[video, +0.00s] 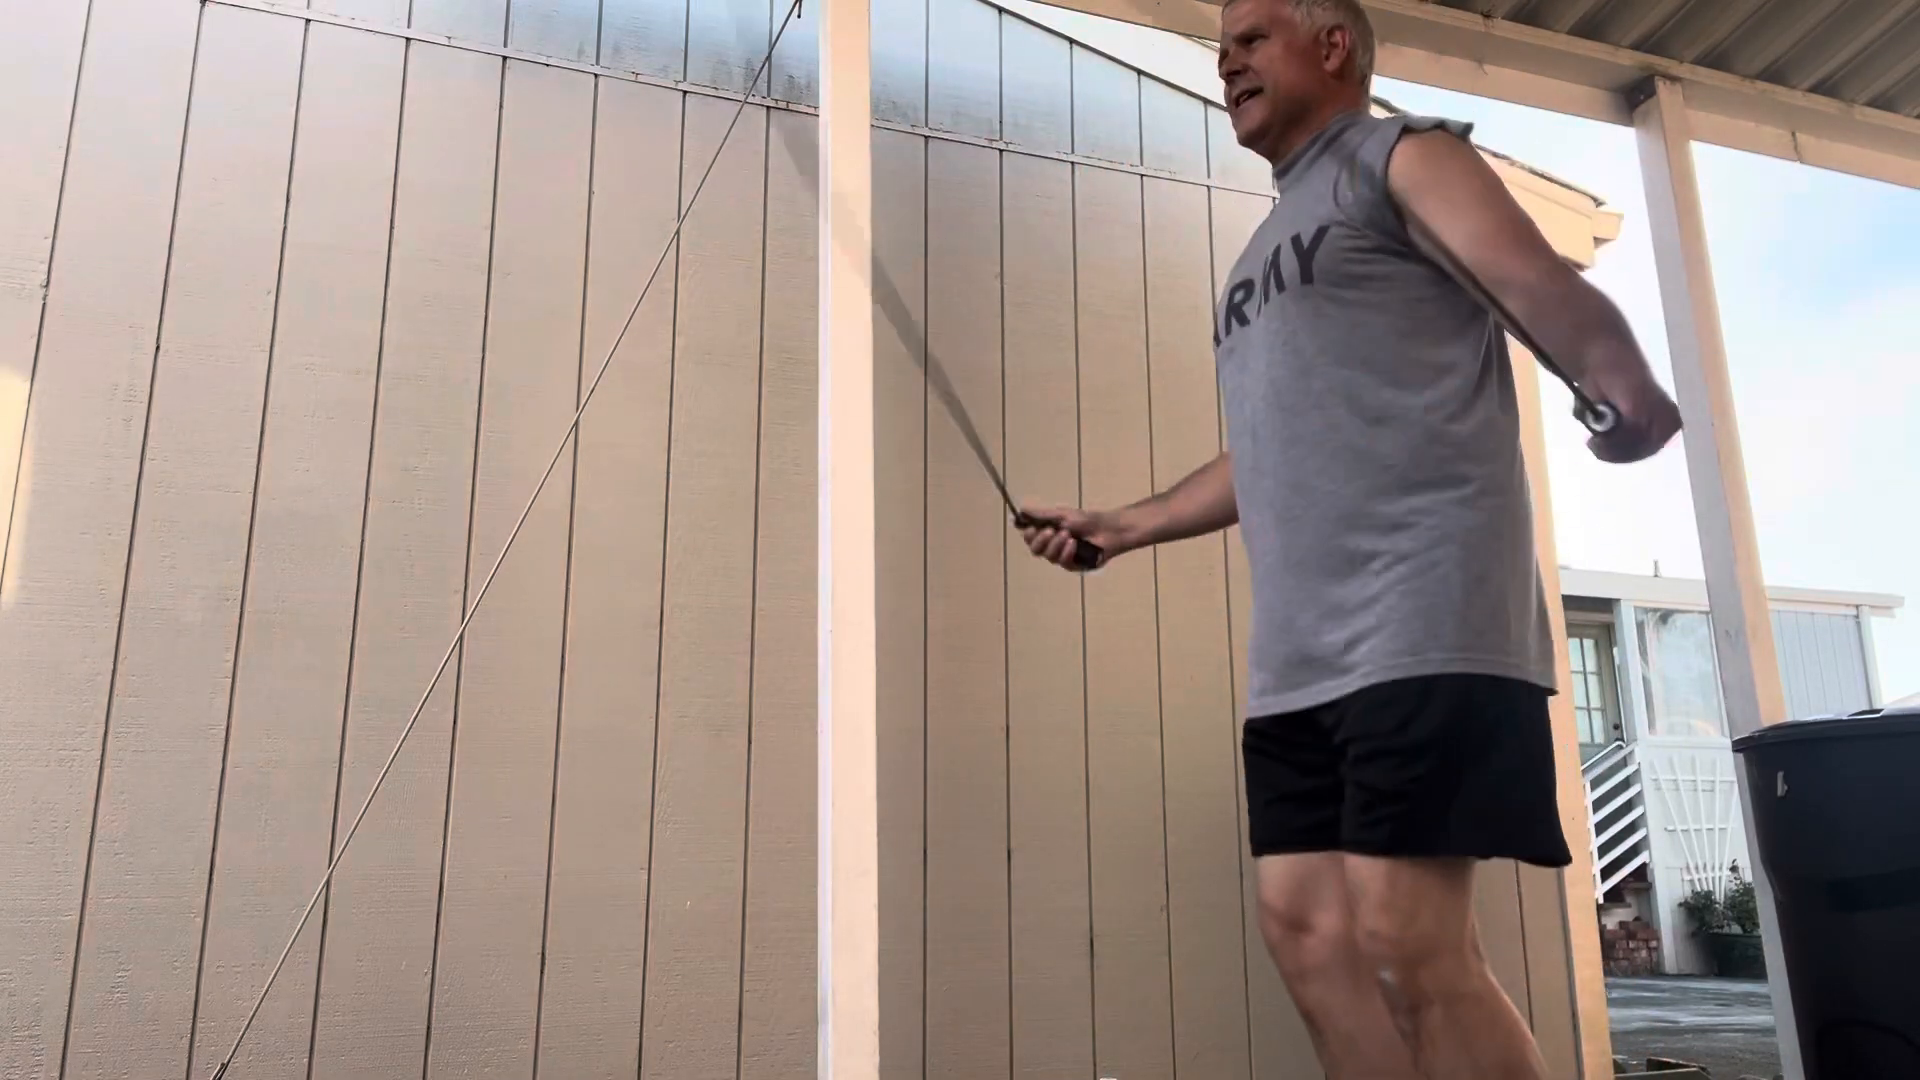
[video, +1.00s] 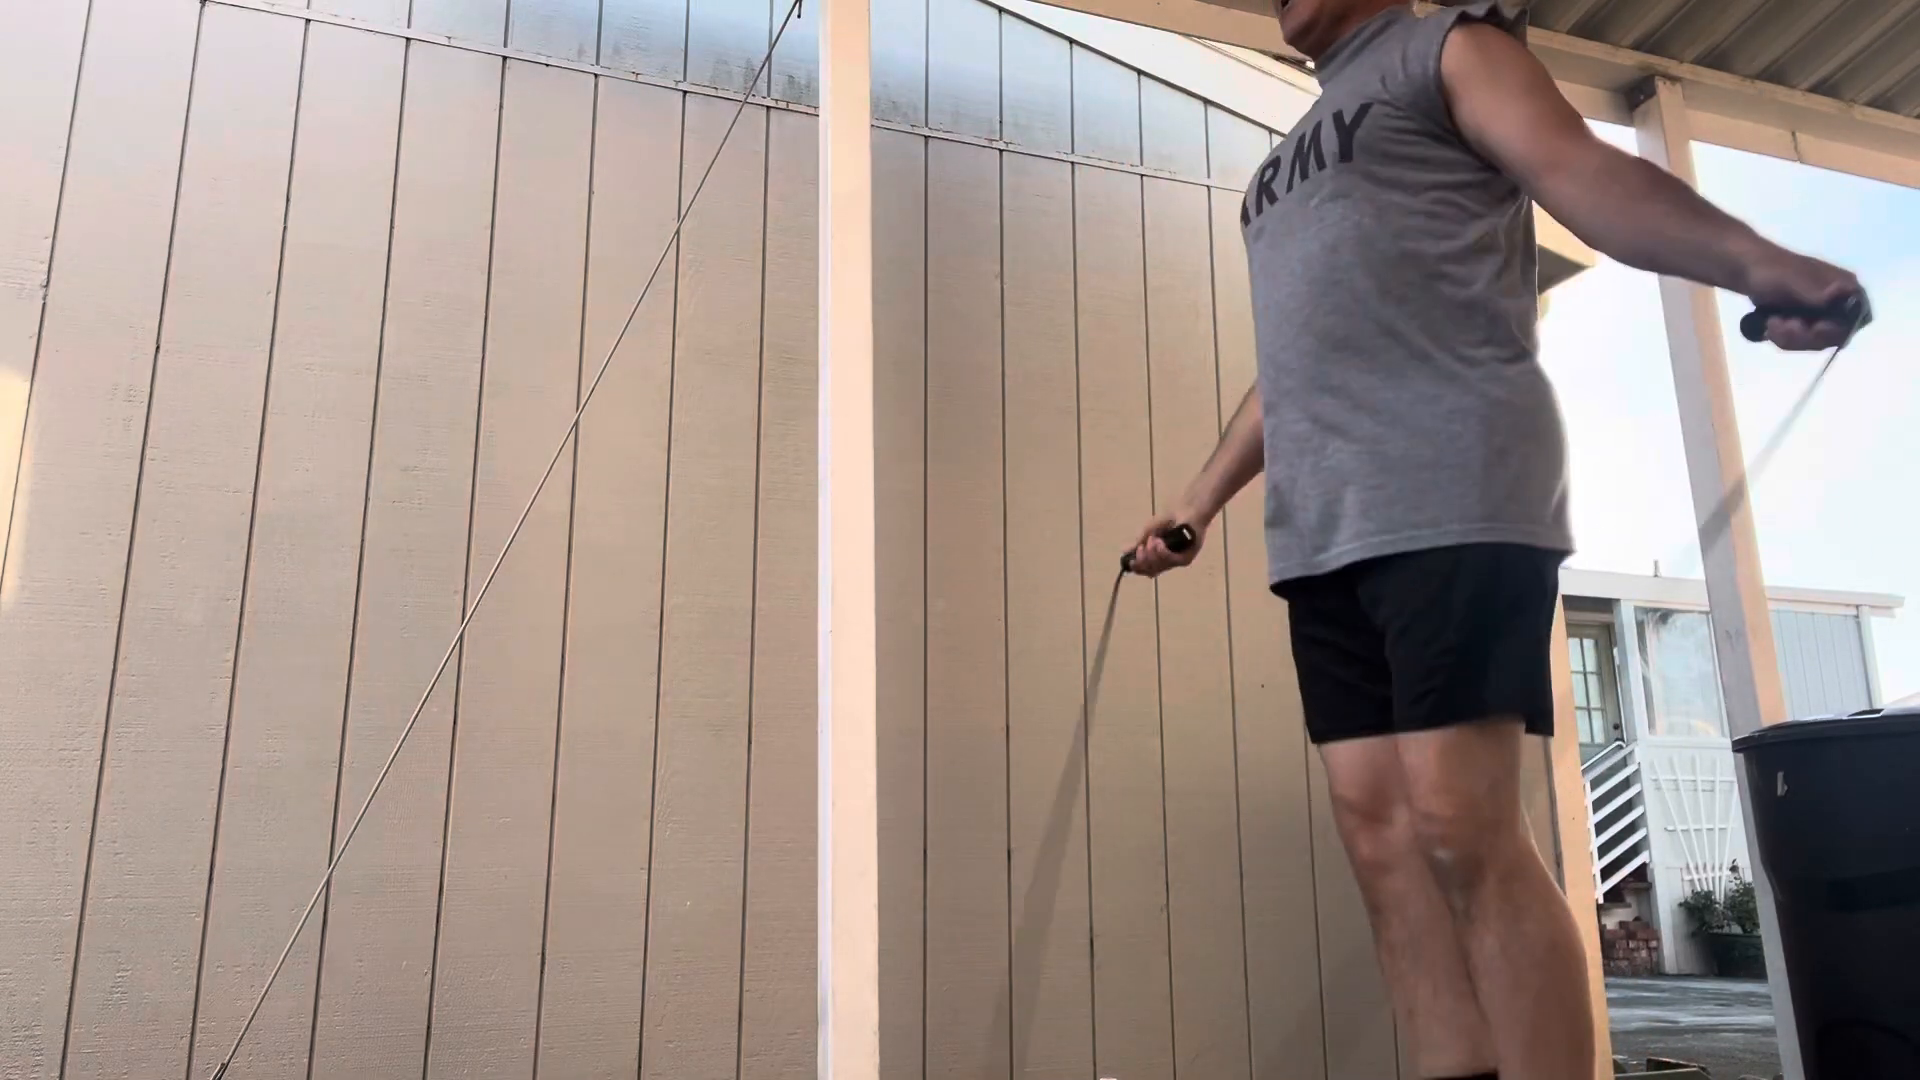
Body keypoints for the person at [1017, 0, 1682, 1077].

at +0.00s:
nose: (1227, 62)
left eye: (1251, 36)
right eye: (1221, 49)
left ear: (1333, 44)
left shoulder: (1402, 155)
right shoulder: (1255, 261)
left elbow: (1533, 278)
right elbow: (1262, 459)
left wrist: (1632, 391)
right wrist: (1115, 528)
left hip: (1426, 607)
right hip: (1296, 633)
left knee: (1412, 936)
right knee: (1306, 927)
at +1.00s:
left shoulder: (1450, 45)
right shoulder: (1286, 159)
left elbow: (1578, 172)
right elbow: (1294, 362)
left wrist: (1754, 258)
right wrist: (1197, 502)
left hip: (1453, 484)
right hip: (1321, 514)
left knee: (1464, 827)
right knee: (1377, 833)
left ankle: (1551, 1071)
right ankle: (1457, 1070)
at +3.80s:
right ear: (1373, 23)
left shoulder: (1562, 69)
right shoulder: (1378, 190)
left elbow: (1688, 215)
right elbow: (1374, 385)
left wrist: (1821, 327)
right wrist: (1254, 510)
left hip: (1566, 551)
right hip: (1420, 577)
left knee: (1593, 884)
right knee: (1486, 882)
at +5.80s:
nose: (1461, 56)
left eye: (1489, 32)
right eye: (1454, 45)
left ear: (1572, 46)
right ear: (1457, 79)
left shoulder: (1648, 158)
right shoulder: (1457, 268)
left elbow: (1786, 291)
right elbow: (1436, 457)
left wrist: (1900, 389)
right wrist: (1285, 512)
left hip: (1658, 627)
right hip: (1498, 650)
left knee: (1670, 951)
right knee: (1539, 938)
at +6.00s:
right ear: (1451, 17)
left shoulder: (1635, 40)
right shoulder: (1437, 174)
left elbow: (1793, 169)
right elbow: (1428, 363)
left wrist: (1918, 231)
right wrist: (1321, 481)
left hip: (1641, 486)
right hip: (1489, 522)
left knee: (1666, 829)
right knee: (1551, 825)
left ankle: (1753, 1072)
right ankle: (1652, 1068)